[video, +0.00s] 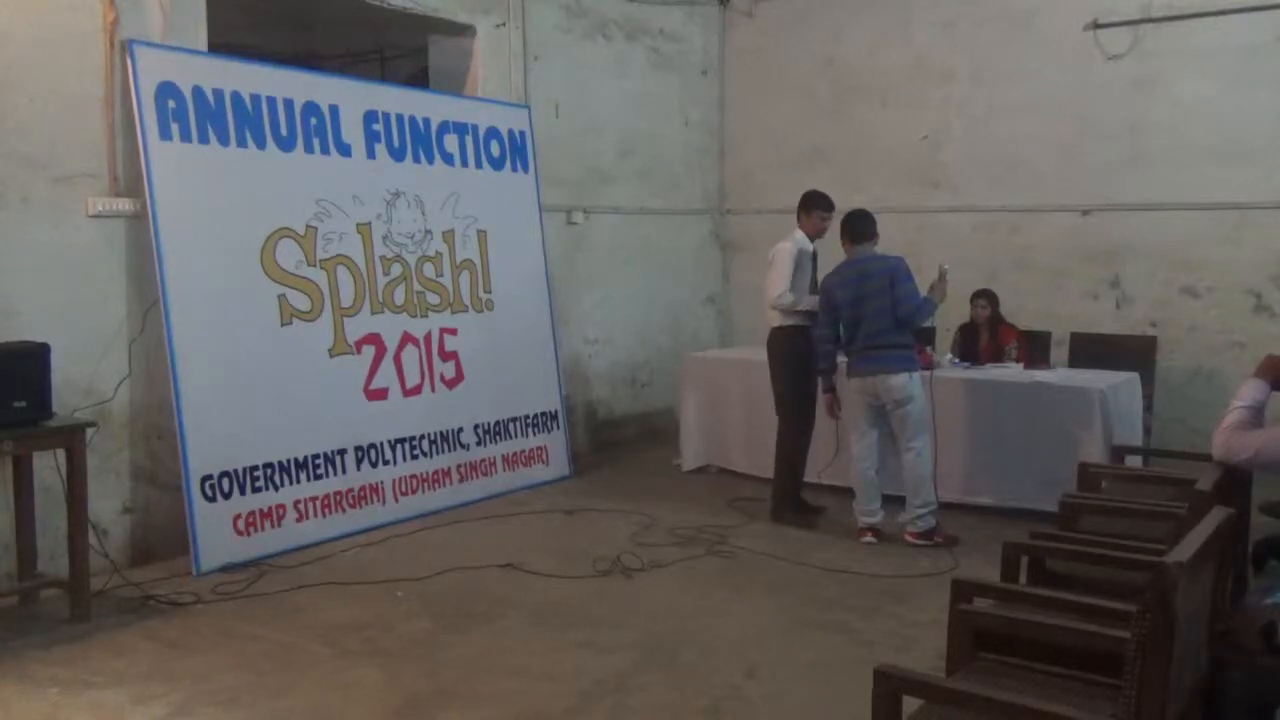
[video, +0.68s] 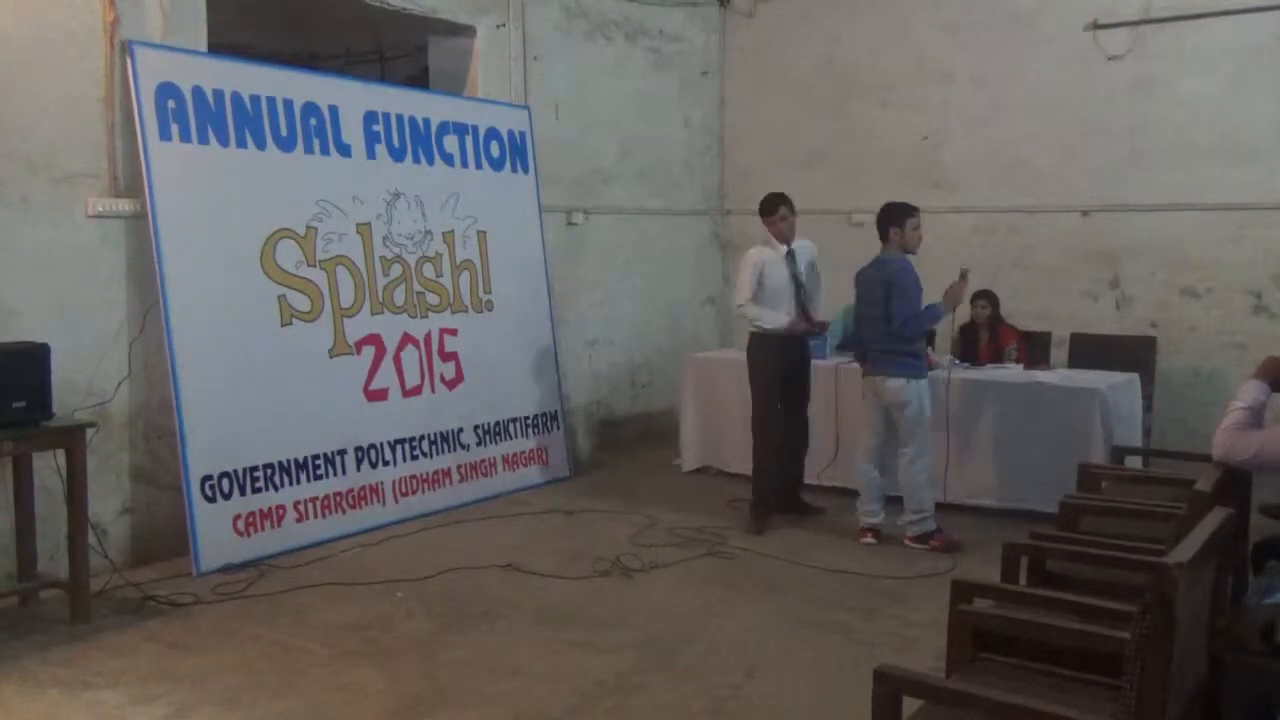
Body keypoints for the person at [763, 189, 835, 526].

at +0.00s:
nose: (826, 226)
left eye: (828, 220)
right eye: (822, 219)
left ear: (823, 220)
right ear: (804, 216)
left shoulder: (808, 251)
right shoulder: (788, 249)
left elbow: (801, 296)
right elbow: (778, 298)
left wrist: (824, 303)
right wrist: (817, 302)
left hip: (803, 335)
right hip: (787, 337)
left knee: (803, 422)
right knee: (792, 422)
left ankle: (793, 495)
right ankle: (783, 503)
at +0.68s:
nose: (784, 226)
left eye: (787, 219)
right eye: (776, 222)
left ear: (795, 217)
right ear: (766, 224)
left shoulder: (807, 251)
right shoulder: (757, 257)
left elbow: (814, 291)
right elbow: (742, 306)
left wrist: (813, 317)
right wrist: (786, 323)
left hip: (797, 345)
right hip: (766, 346)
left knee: (795, 423)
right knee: (768, 425)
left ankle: (791, 495)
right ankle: (762, 503)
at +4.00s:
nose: (828, 226)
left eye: (828, 221)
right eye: (827, 220)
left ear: (793, 217)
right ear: (819, 219)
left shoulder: (763, 255)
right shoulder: (819, 253)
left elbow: (755, 309)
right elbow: (845, 295)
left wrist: (757, 353)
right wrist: (880, 312)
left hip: (775, 354)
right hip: (811, 355)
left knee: (781, 438)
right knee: (830, 432)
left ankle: (781, 522)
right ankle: (811, 505)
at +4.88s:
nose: (896, 236)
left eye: (898, 229)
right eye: (894, 228)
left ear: (873, 224)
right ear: (877, 224)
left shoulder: (852, 243)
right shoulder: (862, 247)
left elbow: (850, 302)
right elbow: (861, 306)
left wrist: (868, 337)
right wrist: (874, 341)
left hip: (829, 332)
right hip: (842, 333)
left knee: (839, 415)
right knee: (847, 415)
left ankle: (835, 489)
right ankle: (853, 495)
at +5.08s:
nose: (889, 232)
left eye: (891, 225)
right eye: (887, 224)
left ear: (871, 221)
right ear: (870, 220)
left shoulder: (864, 253)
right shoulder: (839, 251)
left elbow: (864, 305)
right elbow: (828, 300)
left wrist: (869, 343)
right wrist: (837, 342)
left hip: (854, 339)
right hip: (834, 340)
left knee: (849, 418)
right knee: (836, 419)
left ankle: (839, 492)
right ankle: (827, 499)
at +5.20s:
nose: (883, 232)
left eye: (883, 226)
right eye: (882, 225)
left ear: (865, 220)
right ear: (871, 222)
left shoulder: (865, 255)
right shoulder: (835, 251)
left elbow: (877, 300)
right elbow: (817, 295)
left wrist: (891, 342)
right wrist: (814, 337)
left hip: (852, 338)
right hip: (829, 337)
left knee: (849, 416)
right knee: (826, 418)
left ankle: (837, 489)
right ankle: (812, 500)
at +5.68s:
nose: (857, 227)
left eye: (857, 221)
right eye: (857, 221)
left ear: (828, 217)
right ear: (853, 221)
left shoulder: (822, 245)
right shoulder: (833, 246)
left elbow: (820, 301)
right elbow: (829, 298)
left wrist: (849, 346)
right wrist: (856, 343)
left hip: (806, 339)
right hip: (813, 340)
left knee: (815, 420)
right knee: (818, 420)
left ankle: (806, 496)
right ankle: (806, 499)